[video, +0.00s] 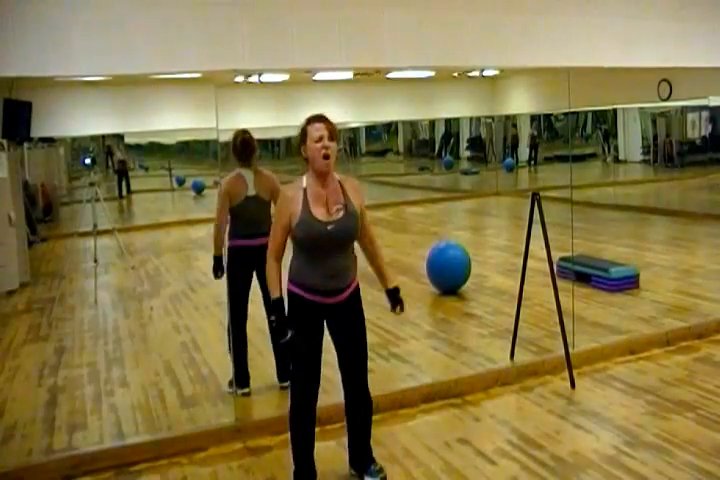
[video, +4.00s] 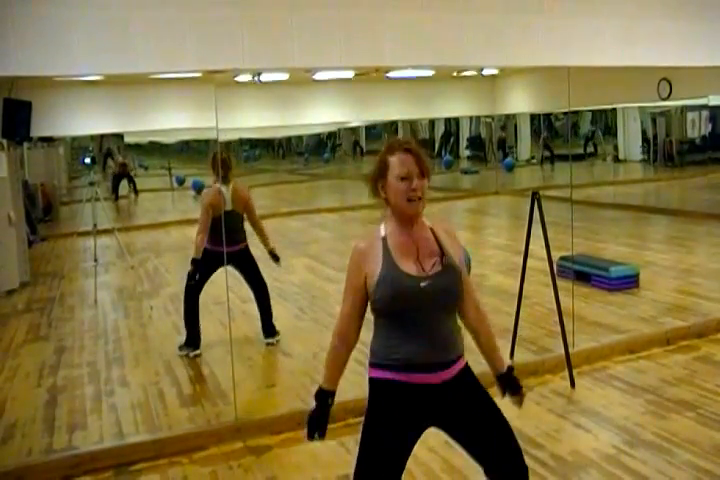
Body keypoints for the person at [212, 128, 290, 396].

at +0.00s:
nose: (242, 153)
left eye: (237, 149)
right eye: (251, 148)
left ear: (234, 153)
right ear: (255, 151)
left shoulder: (229, 183)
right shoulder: (269, 179)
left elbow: (220, 223)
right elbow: (285, 212)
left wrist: (217, 255)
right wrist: (286, 243)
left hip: (239, 253)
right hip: (266, 251)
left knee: (238, 316)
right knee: (275, 310)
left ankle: (241, 379)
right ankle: (284, 372)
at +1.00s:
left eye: (234, 165)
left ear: (234, 169)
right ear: (255, 168)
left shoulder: (229, 199)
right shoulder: (267, 196)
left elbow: (214, 237)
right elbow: (282, 231)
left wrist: (190, 232)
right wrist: (292, 219)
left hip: (233, 270)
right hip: (265, 268)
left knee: (210, 317)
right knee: (286, 312)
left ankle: (209, 376)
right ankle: (300, 367)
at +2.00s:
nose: (231, 170)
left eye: (227, 166)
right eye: (238, 165)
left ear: (221, 168)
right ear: (242, 167)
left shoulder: (216, 197)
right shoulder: (253, 194)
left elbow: (208, 232)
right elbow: (268, 226)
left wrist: (201, 263)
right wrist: (278, 255)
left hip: (223, 263)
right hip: (252, 262)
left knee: (201, 309)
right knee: (273, 302)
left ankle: (200, 364)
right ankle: (286, 347)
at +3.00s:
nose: (226, 169)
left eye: (223, 165)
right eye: (230, 164)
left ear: (217, 169)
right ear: (236, 167)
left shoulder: (212, 195)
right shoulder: (246, 192)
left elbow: (204, 232)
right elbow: (260, 225)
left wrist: (193, 260)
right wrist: (275, 249)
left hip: (217, 259)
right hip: (244, 257)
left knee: (195, 299)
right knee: (265, 294)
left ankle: (193, 354)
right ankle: (278, 342)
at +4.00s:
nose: (215, 172)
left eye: (213, 168)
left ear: (213, 170)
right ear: (231, 169)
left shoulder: (209, 195)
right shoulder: (241, 192)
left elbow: (203, 231)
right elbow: (255, 223)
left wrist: (195, 258)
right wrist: (269, 248)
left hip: (213, 254)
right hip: (240, 253)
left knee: (191, 292)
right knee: (259, 287)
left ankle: (192, 343)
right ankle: (269, 331)